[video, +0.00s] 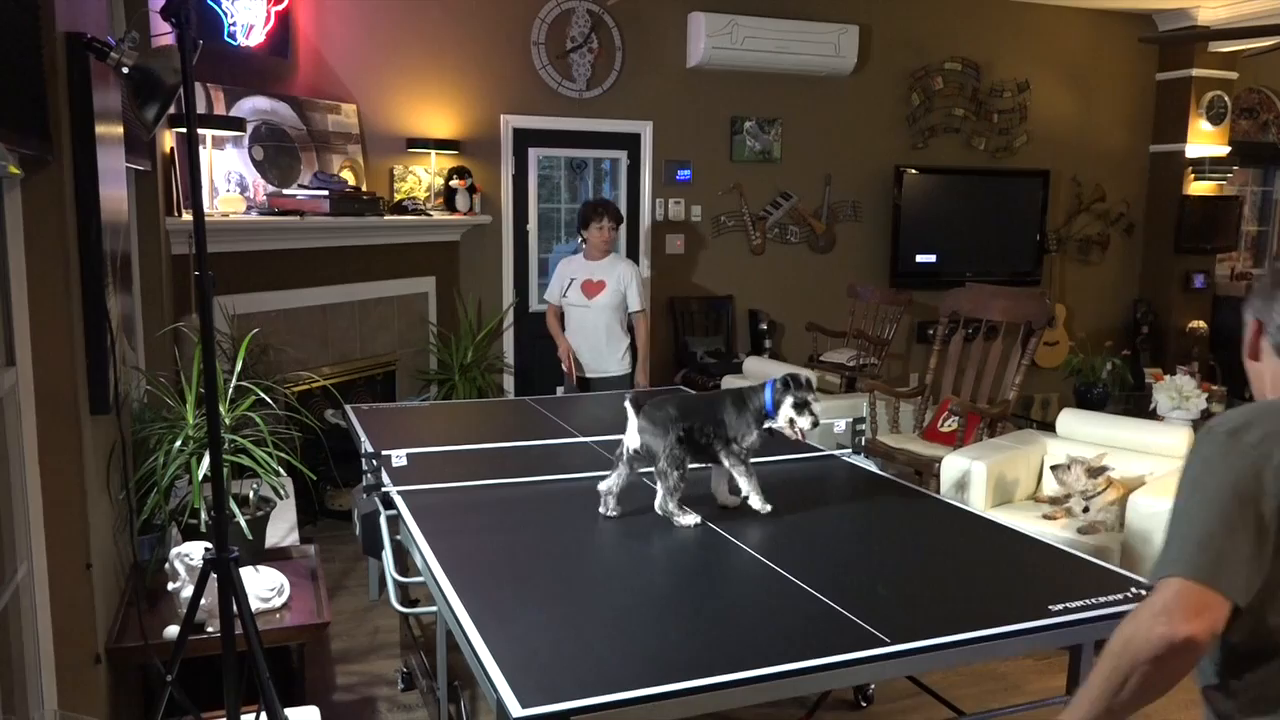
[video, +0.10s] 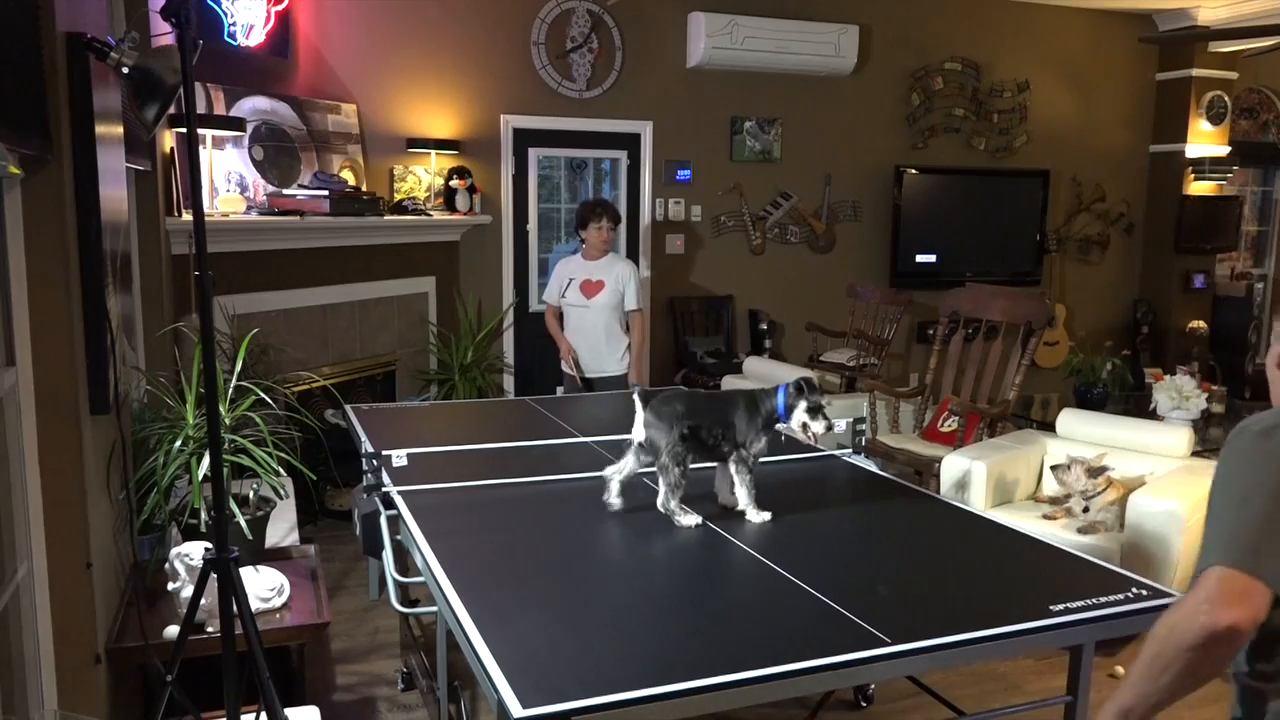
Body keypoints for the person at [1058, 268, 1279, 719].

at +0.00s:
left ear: (1256, 336)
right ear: (1261, 335)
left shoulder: (1251, 438)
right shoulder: (1246, 438)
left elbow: (1183, 624)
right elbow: (1181, 623)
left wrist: (1080, 712)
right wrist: (1086, 708)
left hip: (1257, 705)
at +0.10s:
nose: (1269, 359)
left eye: (1272, 342)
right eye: (1273, 343)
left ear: (1278, 356)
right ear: (1273, 355)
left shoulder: (1265, 436)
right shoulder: (1261, 437)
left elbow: (1226, 613)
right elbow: (1226, 611)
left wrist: (1118, 710)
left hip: (1268, 705)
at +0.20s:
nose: (1269, 350)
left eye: (1274, 332)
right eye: (1274, 333)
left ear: (1279, 341)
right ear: (1272, 342)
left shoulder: (1268, 427)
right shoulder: (1264, 427)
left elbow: (1260, 602)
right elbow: (1260, 599)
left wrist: (1165, 709)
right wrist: (1167, 708)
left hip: (1272, 705)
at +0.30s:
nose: (1269, 329)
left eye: (1273, 309)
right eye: (1273, 309)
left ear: (1278, 313)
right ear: (1270, 312)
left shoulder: (1268, 414)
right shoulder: (1264, 413)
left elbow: (1266, 594)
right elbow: (1266, 592)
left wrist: (1200, 706)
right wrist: (1203, 704)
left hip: (1272, 708)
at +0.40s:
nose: (1262, 311)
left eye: (1267, 291)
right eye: (1266, 291)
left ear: (1279, 297)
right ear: (1268, 298)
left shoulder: (1267, 407)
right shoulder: (1263, 407)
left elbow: (1262, 598)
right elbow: (1262, 596)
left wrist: (1198, 708)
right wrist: (1203, 705)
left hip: (1271, 707)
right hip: (1266, 705)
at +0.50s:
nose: (1243, 299)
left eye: (1248, 280)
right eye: (1247, 279)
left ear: (1275, 295)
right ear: (1276, 294)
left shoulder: (1260, 405)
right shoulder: (1257, 404)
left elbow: (1248, 617)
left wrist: (1180, 711)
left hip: (1264, 706)